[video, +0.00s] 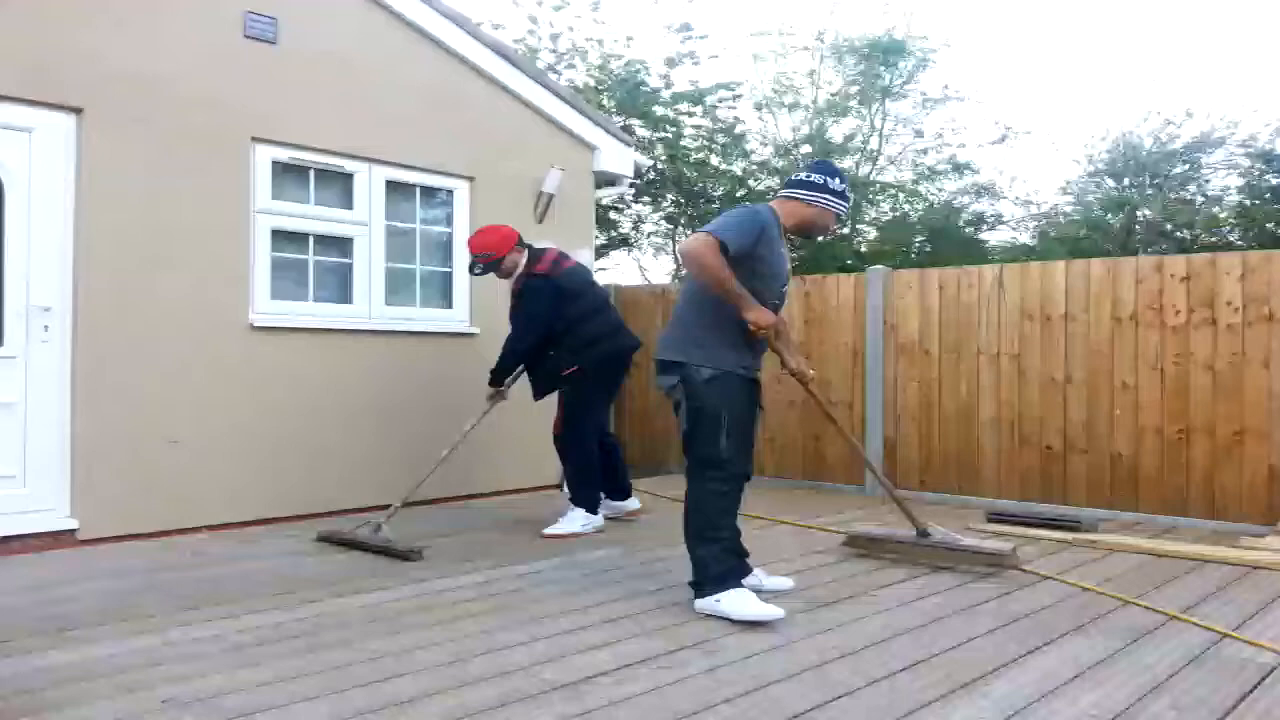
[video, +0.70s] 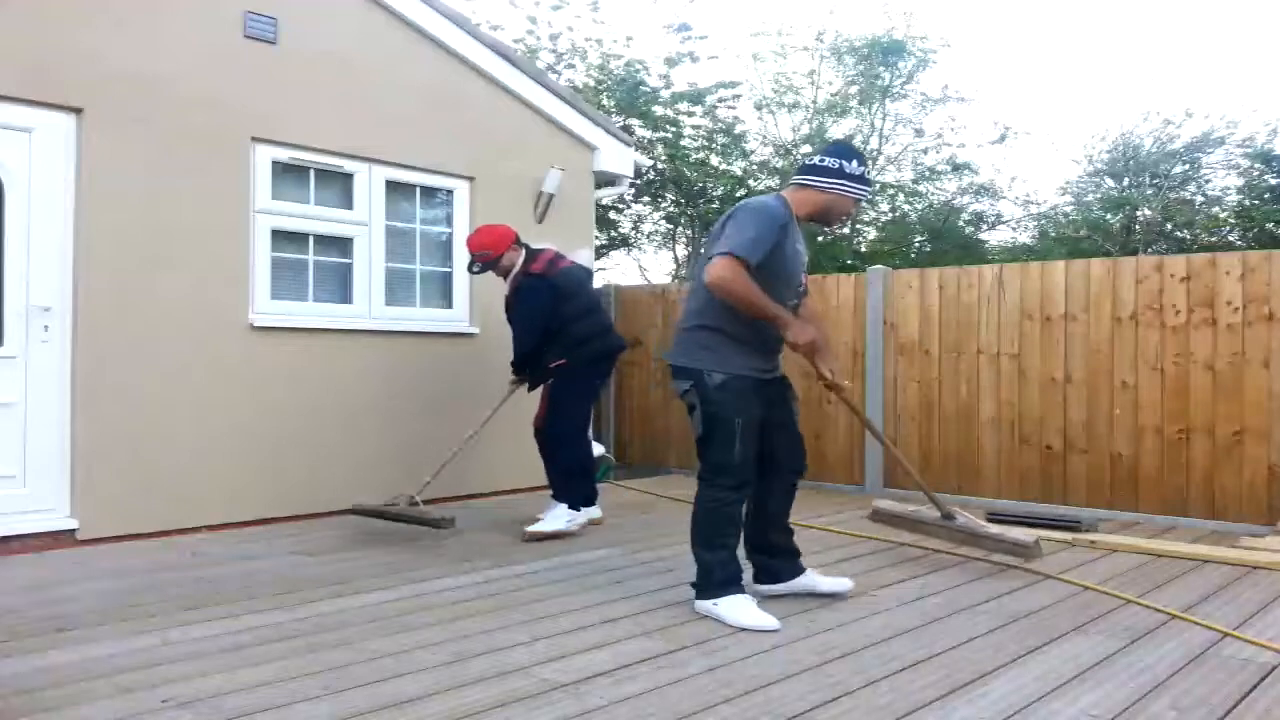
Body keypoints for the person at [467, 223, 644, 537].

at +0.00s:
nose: (495, 273)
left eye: (496, 266)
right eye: (491, 268)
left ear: (511, 252)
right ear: (517, 248)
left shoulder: (534, 284)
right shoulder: (549, 262)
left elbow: (524, 337)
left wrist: (497, 379)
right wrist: (518, 366)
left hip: (591, 358)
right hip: (610, 349)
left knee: (570, 432)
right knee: (592, 426)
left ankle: (585, 510)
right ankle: (619, 496)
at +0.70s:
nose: (493, 271)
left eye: (493, 264)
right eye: (488, 267)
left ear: (510, 251)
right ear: (514, 249)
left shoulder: (528, 284)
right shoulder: (546, 263)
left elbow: (528, 338)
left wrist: (522, 368)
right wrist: (532, 365)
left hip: (578, 358)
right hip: (596, 351)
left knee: (551, 427)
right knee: (569, 428)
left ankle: (570, 505)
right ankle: (585, 503)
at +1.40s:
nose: (467, 279)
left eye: (469, 272)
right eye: (463, 273)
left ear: (486, 257)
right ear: (489, 253)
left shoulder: (514, 286)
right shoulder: (511, 262)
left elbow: (508, 340)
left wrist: (481, 369)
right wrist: (492, 361)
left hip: (560, 361)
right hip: (570, 354)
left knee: (535, 438)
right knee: (564, 432)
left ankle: (528, 518)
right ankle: (582, 504)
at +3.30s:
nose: (388, 263)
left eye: (390, 255)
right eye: (384, 258)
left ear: (410, 240)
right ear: (411, 238)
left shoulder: (439, 272)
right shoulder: (436, 254)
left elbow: (416, 336)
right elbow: (421, 329)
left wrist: (373, 382)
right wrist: (384, 376)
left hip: (496, 356)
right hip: (494, 352)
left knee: (473, 441)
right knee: (485, 434)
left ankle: (473, 530)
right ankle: (511, 507)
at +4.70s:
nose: (334, 252)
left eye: (337, 243)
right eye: (329, 246)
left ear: (359, 228)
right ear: (356, 226)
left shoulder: (396, 263)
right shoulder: (367, 244)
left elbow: (373, 334)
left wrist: (318, 362)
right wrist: (347, 295)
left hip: (449, 357)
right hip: (413, 357)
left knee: (423, 445)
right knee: (415, 442)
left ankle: (416, 541)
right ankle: (452, 516)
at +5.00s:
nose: (322, 243)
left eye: (329, 234)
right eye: (317, 235)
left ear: (353, 220)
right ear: (316, 222)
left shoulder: (387, 255)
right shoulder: (351, 240)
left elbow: (358, 327)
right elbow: (335, 273)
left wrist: (282, 333)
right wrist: (289, 255)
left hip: (419, 360)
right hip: (371, 358)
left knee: (406, 447)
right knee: (339, 440)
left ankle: (416, 540)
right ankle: (329, 529)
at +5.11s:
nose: (318, 246)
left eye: (326, 237)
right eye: (312, 238)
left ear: (351, 222)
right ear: (304, 222)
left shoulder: (389, 254)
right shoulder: (326, 242)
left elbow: (364, 323)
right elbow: (313, 276)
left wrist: (285, 335)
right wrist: (263, 258)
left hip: (404, 365)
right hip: (350, 364)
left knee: (401, 451)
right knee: (320, 448)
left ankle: (414, 540)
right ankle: (286, 532)